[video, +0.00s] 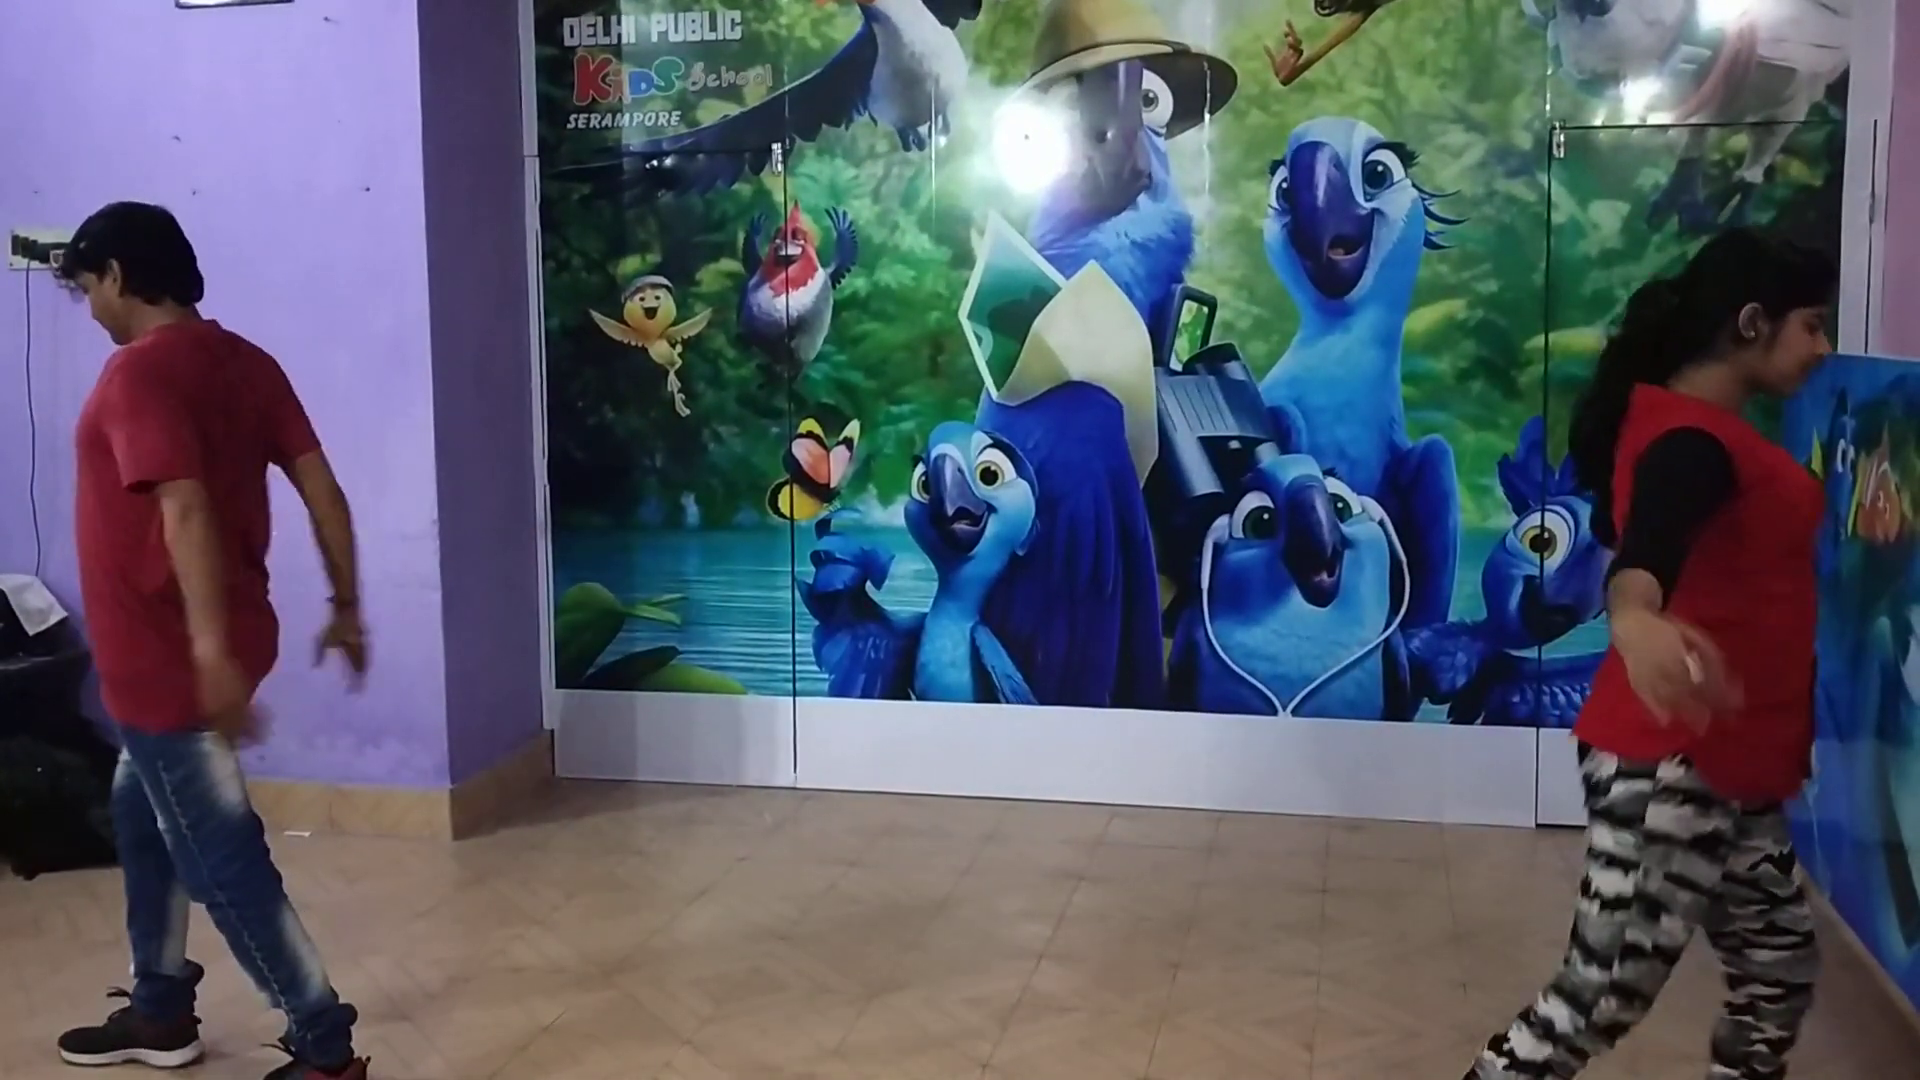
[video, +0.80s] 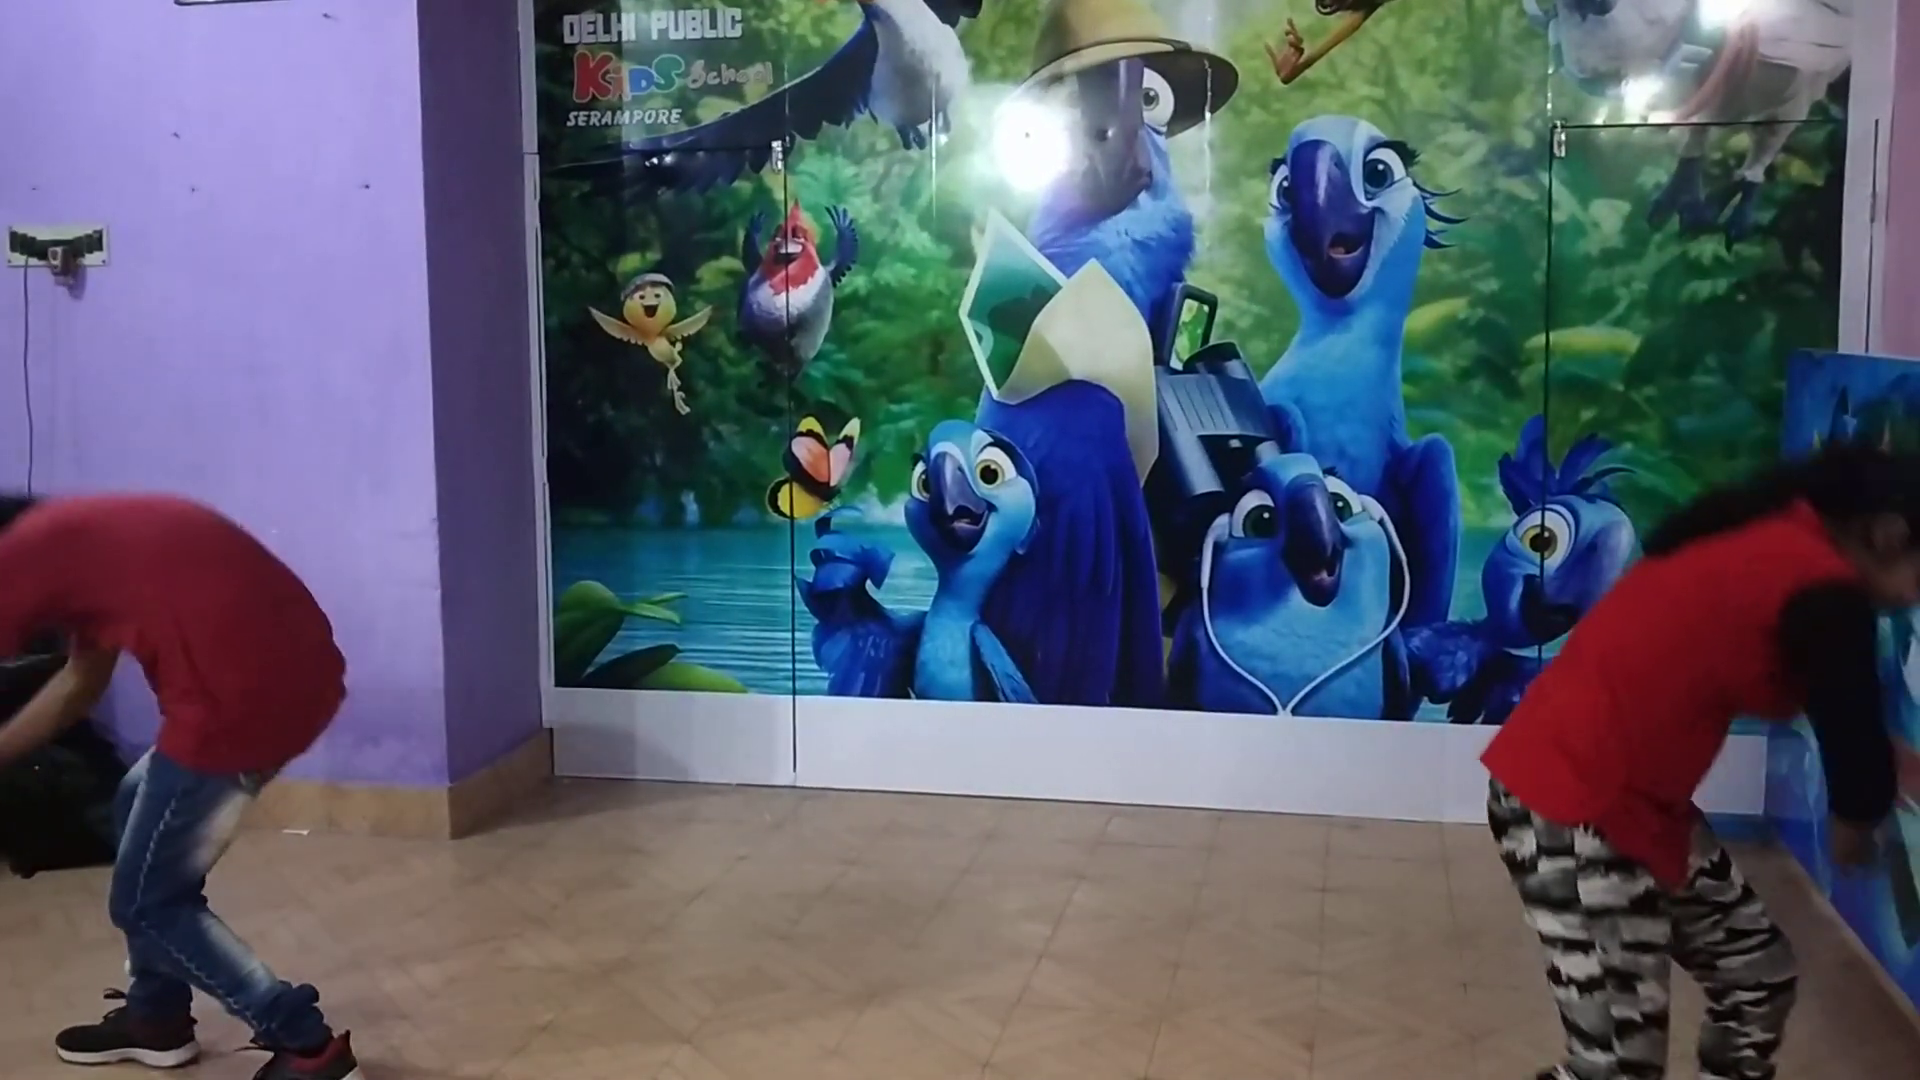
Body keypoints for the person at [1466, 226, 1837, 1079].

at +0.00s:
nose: (1823, 350)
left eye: (1826, 330)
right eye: (1814, 327)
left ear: (1750, 326)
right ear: (1753, 322)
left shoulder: (1722, 434)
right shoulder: (1687, 441)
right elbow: (1636, 571)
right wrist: (1640, 629)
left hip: (1729, 768)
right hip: (1665, 764)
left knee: (1779, 970)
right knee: (1599, 996)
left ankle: (1744, 1074)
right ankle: (1496, 1072)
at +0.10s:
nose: (1843, 366)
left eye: (1842, 347)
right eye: (1830, 347)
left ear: (1767, 357)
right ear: (1769, 354)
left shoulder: (1719, 445)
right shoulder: (1737, 470)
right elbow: (1668, 591)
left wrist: (1860, 544)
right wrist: (1658, 642)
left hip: (1705, 793)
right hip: (1645, 791)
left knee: (1800, 977)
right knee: (1606, 1043)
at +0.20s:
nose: (1881, 428)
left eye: (1875, 407)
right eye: (1862, 409)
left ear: (1795, 423)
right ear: (1799, 422)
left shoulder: (1743, 505)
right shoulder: (1797, 543)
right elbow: (1742, 755)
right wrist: (1747, 841)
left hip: (1669, 811)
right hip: (1611, 819)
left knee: (1802, 979)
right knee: (1629, 1066)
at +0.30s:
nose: (1913, 510)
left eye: (1910, 488)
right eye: (1899, 488)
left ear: (1832, 502)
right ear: (1837, 500)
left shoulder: (1762, 566)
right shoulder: (1826, 621)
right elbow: (1847, 824)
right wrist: (1897, 985)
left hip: (1658, 837)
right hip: (1585, 853)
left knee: (1801, 979)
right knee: (1648, 1067)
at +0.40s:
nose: (1919, 603)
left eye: (1918, 583)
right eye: (1915, 582)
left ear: (1867, 575)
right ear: (1875, 574)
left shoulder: (1777, 613)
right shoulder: (1835, 685)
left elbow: (1835, 842)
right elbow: (1889, 885)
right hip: (1577, 873)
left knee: (1801, 982)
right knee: (1651, 1067)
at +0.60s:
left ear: (1899, 624)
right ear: (1905, 629)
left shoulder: (1800, 616)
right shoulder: (1843, 700)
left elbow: (1871, 831)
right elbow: (1865, 899)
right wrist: (1913, 1008)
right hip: (1571, 872)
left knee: (1795, 985)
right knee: (1648, 1067)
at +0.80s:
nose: (1916, 590)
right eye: (1918, 567)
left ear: (1874, 523)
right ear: (1887, 533)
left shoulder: (1770, 530)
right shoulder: (1826, 593)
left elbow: (1824, 696)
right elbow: (1863, 787)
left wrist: (1888, 758)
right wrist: (1853, 838)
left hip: (1638, 798)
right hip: (1570, 808)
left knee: (1757, 974)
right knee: (1619, 1065)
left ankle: (1732, 1072)